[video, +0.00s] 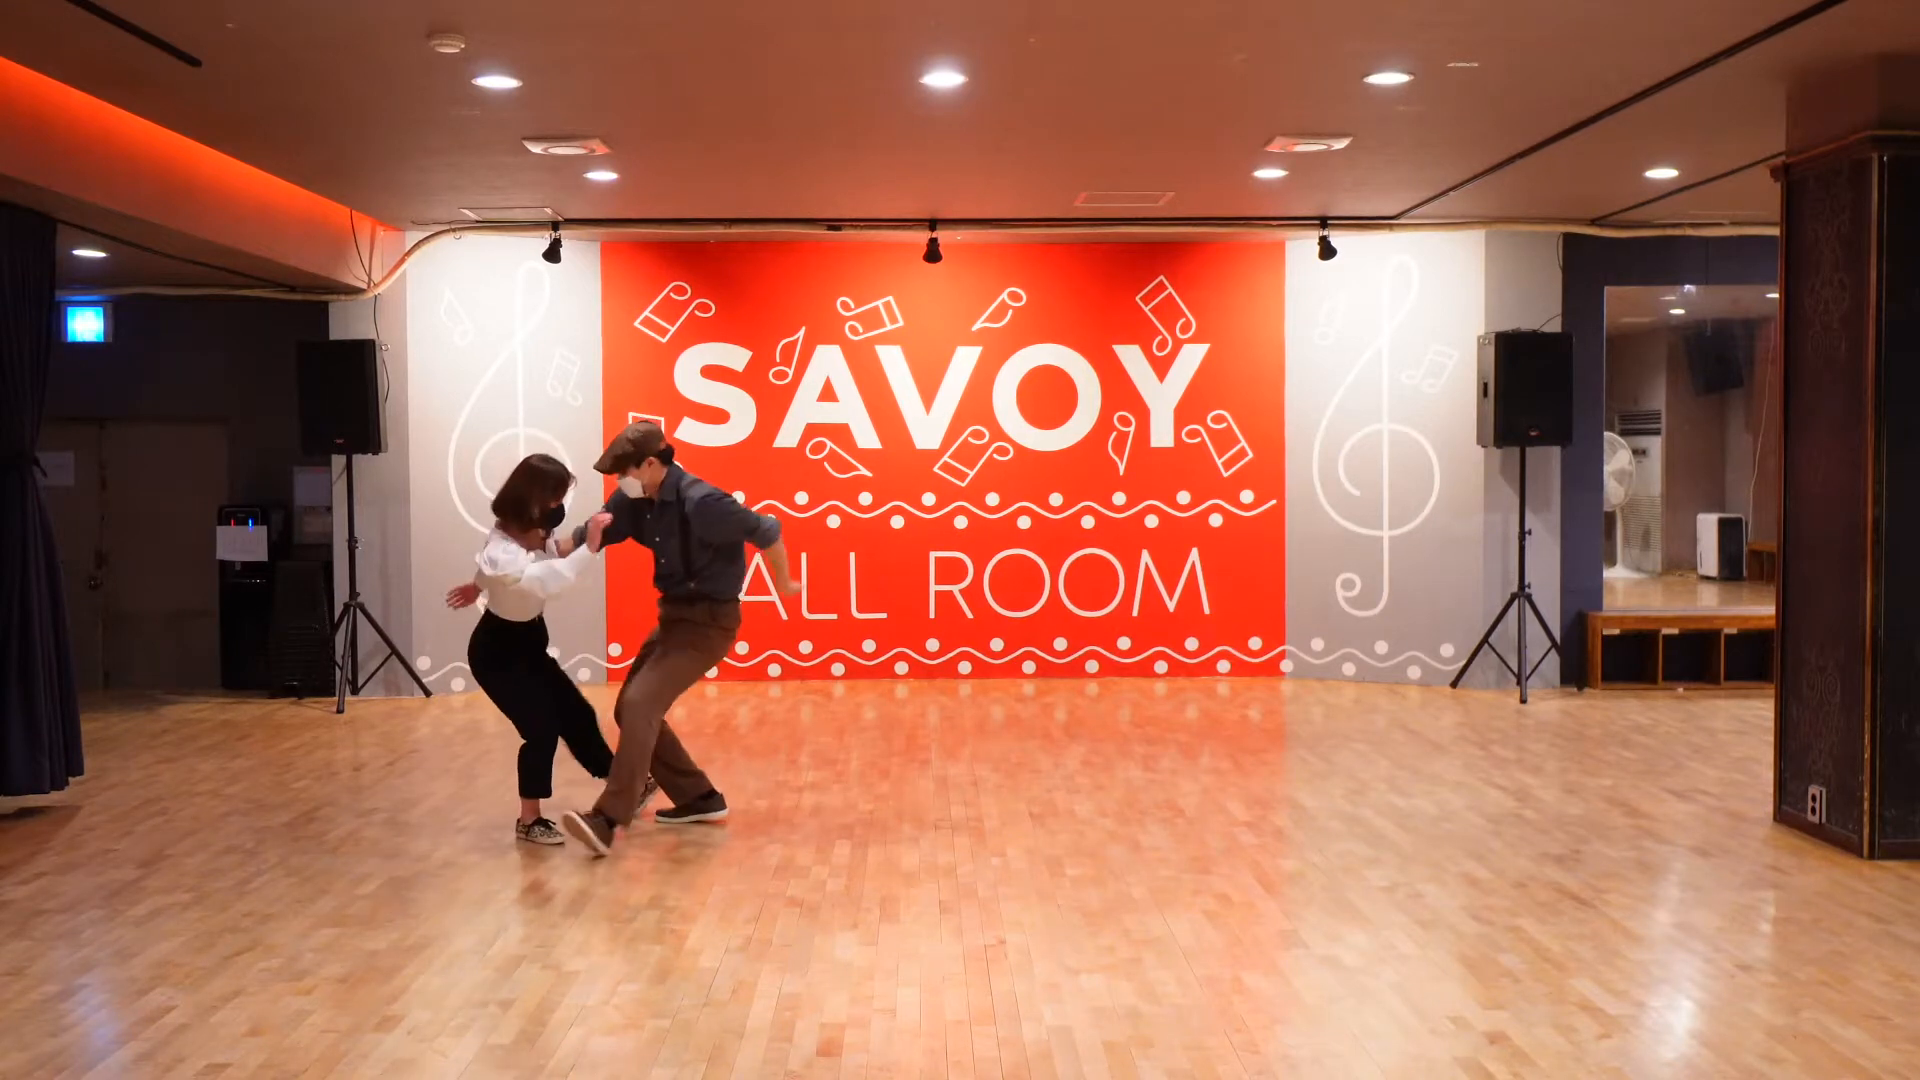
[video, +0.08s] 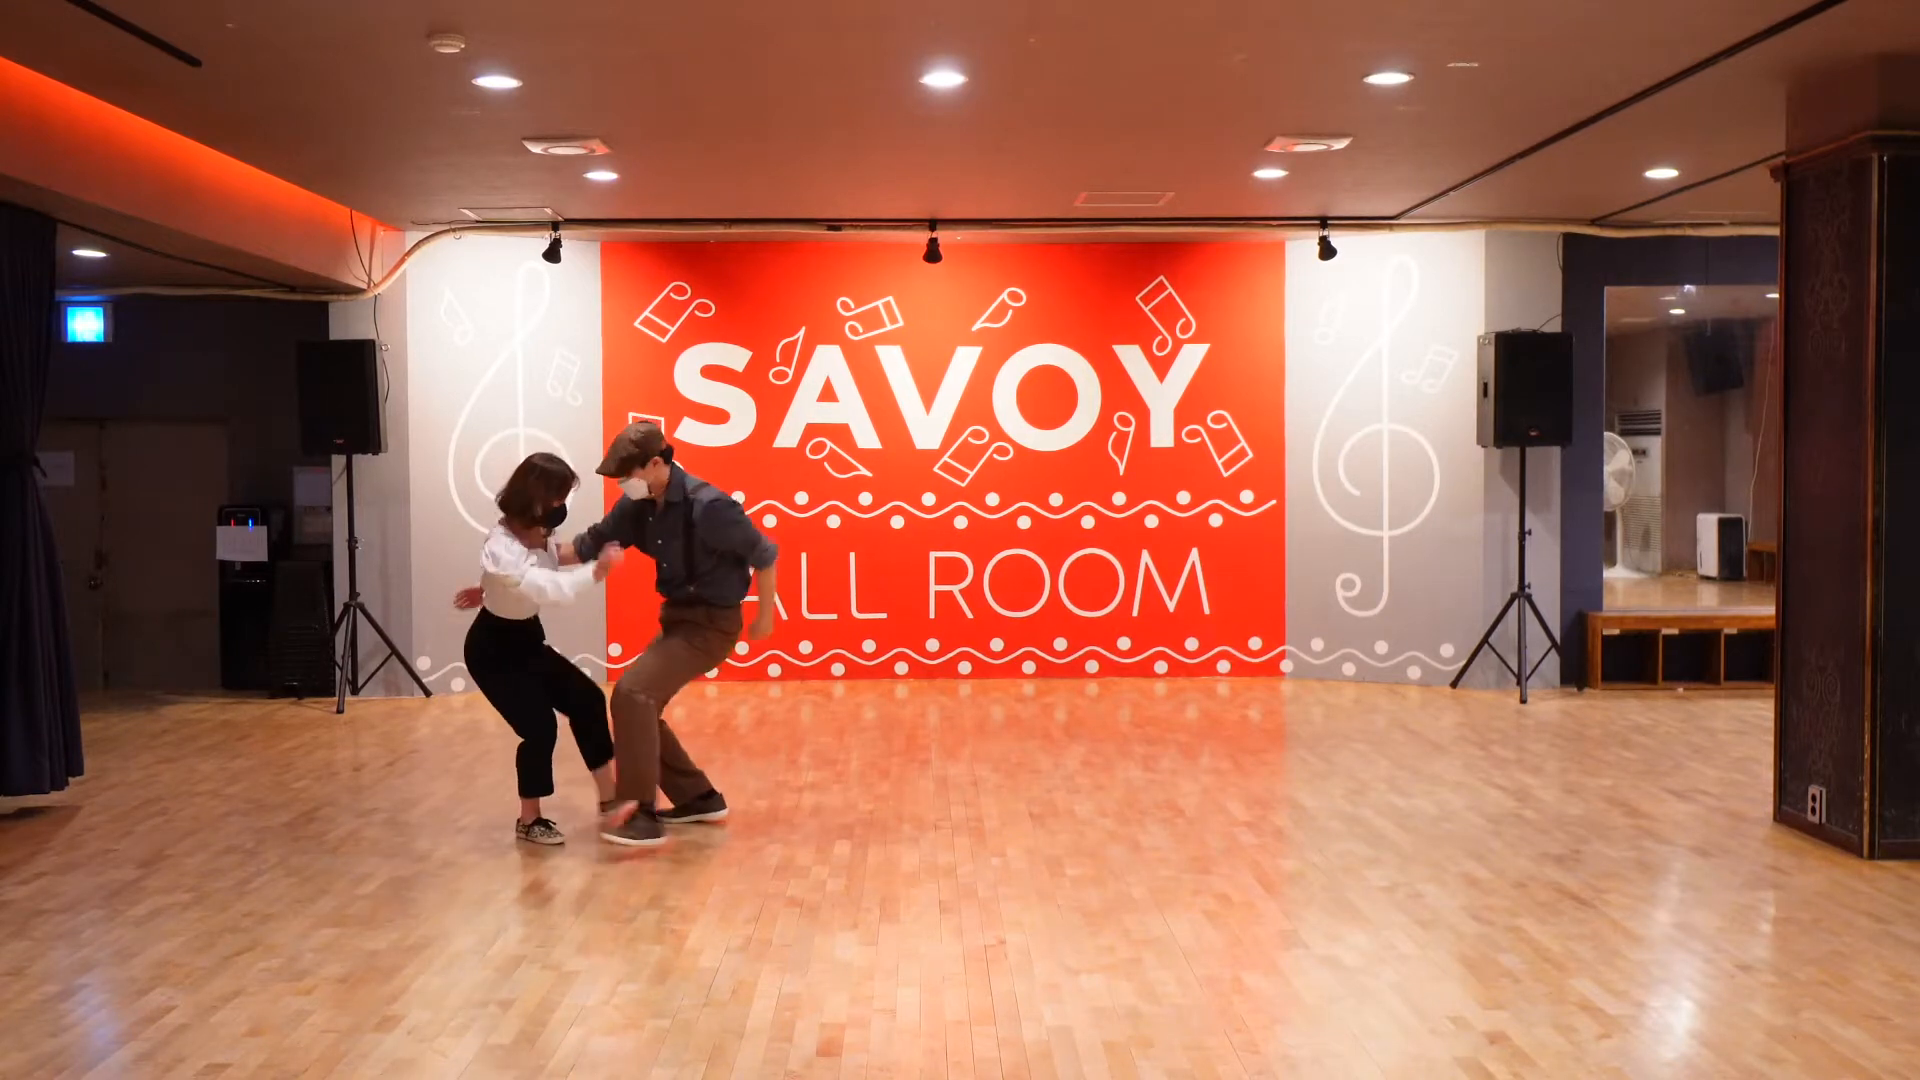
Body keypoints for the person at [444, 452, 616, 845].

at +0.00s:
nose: (560, 508)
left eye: (562, 500)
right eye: (555, 501)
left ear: (526, 499)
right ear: (534, 502)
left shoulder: (533, 534)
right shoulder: (502, 556)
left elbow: (559, 546)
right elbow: (543, 580)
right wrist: (587, 550)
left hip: (529, 647)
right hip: (495, 654)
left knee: (578, 716)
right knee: (540, 727)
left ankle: (623, 783)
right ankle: (529, 820)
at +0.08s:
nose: (564, 509)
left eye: (565, 500)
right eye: (559, 501)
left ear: (534, 500)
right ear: (538, 502)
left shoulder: (539, 536)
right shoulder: (500, 549)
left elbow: (527, 573)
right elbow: (543, 587)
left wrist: (487, 592)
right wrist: (594, 571)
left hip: (527, 643)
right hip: (492, 649)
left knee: (587, 698)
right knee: (539, 726)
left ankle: (609, 799)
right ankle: (529, 819)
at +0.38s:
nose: (573, 503)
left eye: (576, 495)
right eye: (570, 494)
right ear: (550, 491)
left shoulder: (551, 540)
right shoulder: (498, 534)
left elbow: (554, 600)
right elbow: (460, 595)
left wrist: (598, 615)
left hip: (526, 639)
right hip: (493, 642)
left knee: (572, 714)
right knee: (563, 712)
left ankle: (542, 805)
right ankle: (539, 809)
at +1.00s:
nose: (579, 508)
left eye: (580, 500)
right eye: (576, 500)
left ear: (543, 499)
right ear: (555, 503)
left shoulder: (538, 541)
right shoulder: (507, 544)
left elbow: (561, 573)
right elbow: (513, 612)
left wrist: (609, 547)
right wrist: (574, 615)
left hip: (513, 647)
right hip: (490, 654)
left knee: (583, 704)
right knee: (559, 717)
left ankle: (547, 802)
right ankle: (527, 822)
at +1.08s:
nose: (571, 513)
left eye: (573, 504)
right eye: (569, 504)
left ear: (529, 492)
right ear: (551, 506)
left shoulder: (521, 535)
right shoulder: (509, 544)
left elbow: (477, 574)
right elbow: (525, 592)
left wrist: (444, 608)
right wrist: (590, 568)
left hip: (512, 645)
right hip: (488, 656)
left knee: (585, 688)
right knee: (559, 720)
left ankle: (572, 782)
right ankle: (528, 823)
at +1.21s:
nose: (566, 519)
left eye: (570, 510)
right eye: (566, 511)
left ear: (520, 490)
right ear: (555, 514)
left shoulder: (496, 531)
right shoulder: (516, 549)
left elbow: (459, 545)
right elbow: (562, 570)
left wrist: (417, 557)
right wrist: (602, 526)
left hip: (497, 646)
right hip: (488, 656)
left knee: (568, 703)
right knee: (555, 723)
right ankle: (527, 823)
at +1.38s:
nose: (565, 515)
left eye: (566, 506)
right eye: (563, 507)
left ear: (520, 492)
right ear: (548, 508)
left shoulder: (504, 531)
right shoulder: (511, 548)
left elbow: (460, 545)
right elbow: (555, 591)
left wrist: (423, 558)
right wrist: (613, 572)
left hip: (500, 642)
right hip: (479, 653)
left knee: (571, 685)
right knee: (546, 719)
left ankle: (592, 779)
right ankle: (526, 822)